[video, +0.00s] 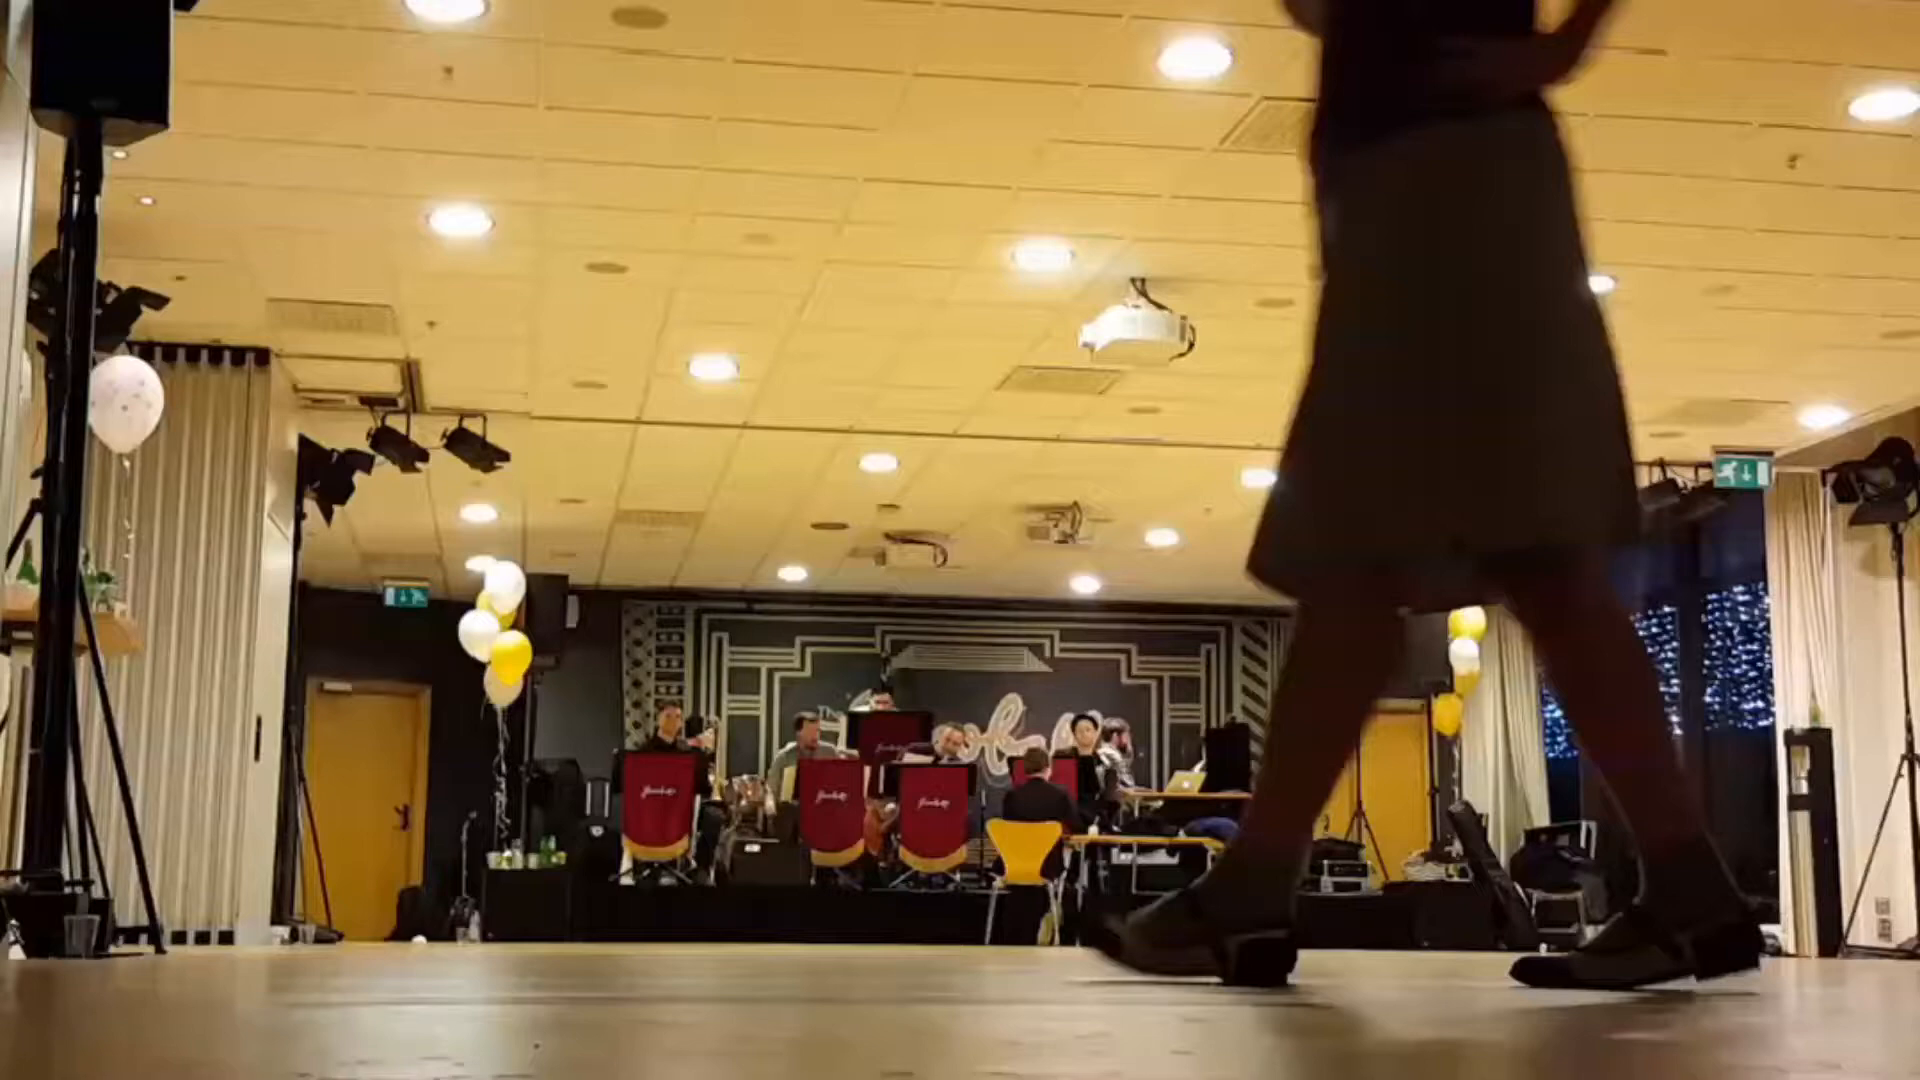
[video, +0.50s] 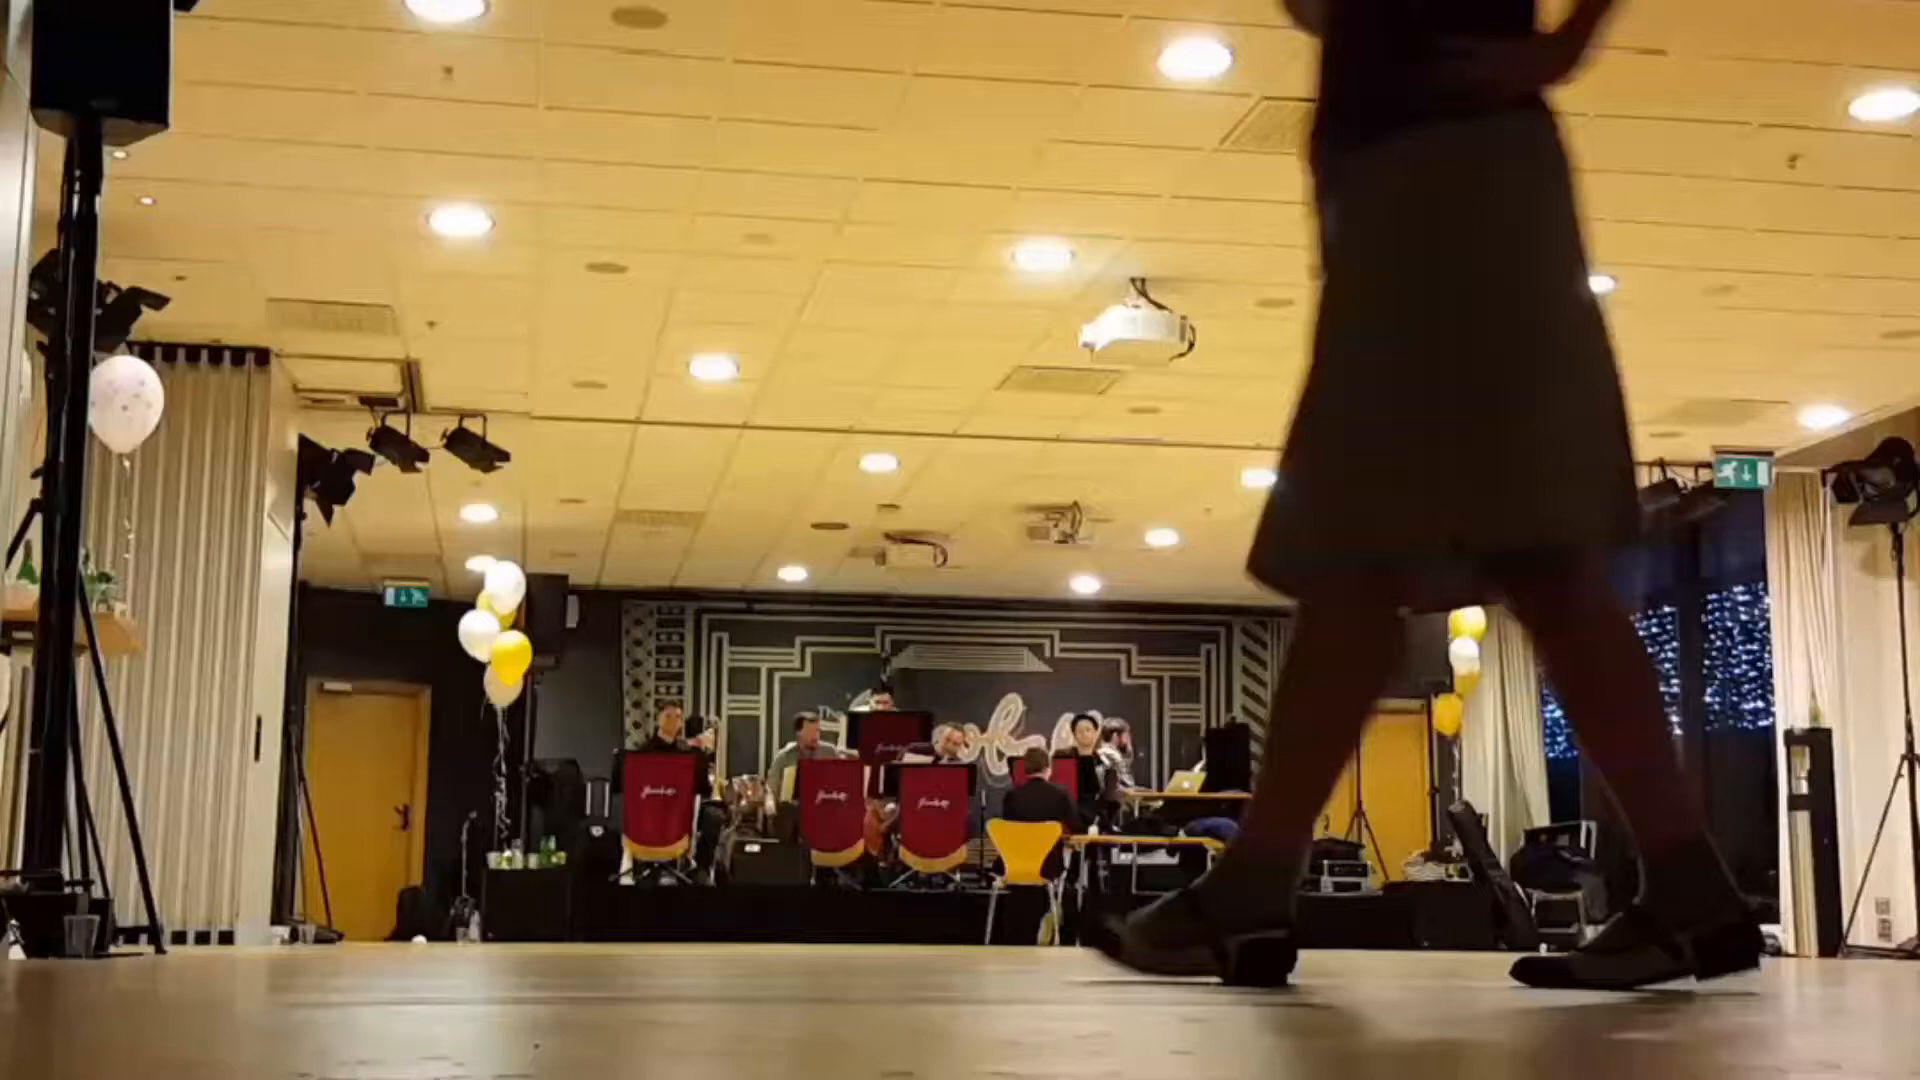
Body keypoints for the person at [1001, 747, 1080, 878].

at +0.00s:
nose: (1050, 771)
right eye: (1050, 768)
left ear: (1025, 770)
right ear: (1048, 769)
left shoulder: (1012, 796)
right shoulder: (1059, 795)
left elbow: (1007, 827)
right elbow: (1076, 828)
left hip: (1016, 864)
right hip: (1049, 866)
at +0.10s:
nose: (1050, 771)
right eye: (1050, 767)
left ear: (1025, 770)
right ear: (1048, 769)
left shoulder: (1012, 796)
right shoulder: (1059, 795)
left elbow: (1008, 827)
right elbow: (1075, 828)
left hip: (1016, 863)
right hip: (1049, 866)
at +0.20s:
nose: (1050, 771)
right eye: (1050, 767)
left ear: (1025, 770)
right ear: (1048, 769)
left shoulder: (1012, 796)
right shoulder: (1059, 795)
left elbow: (1008, 827)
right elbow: (1075, 828)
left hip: (1016, 863)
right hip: (1049, 866)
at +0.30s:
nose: (1050, 771)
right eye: (1050, 767)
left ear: (1025, 770)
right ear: (1048, 769)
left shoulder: (1012, 796)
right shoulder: (1059, 795)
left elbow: (1008, 827)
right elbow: (1075, 828)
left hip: (1016, 863)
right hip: (1049, 866)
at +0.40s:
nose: (1050, 771)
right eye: (1050, 767)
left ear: (1025, 770)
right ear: (1048, 769)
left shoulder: (1012, 796)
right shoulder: (1059, 795)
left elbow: (1008, 827)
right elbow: (1075, 828)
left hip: (1016, 863)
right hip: (1049, 866)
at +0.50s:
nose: (1050, 771)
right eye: (1050, 767)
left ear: (1025, 770)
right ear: (1048, 769)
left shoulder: (1012, 796)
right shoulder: (1059, 795)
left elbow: (1008, 827)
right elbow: (1075, 828)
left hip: (1016, 863)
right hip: (1049, 866)